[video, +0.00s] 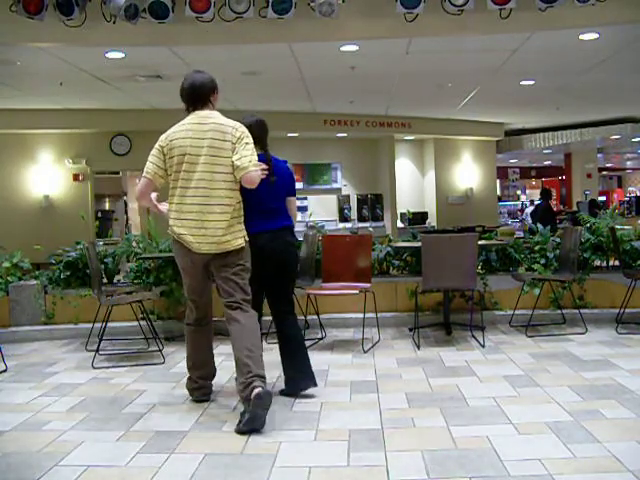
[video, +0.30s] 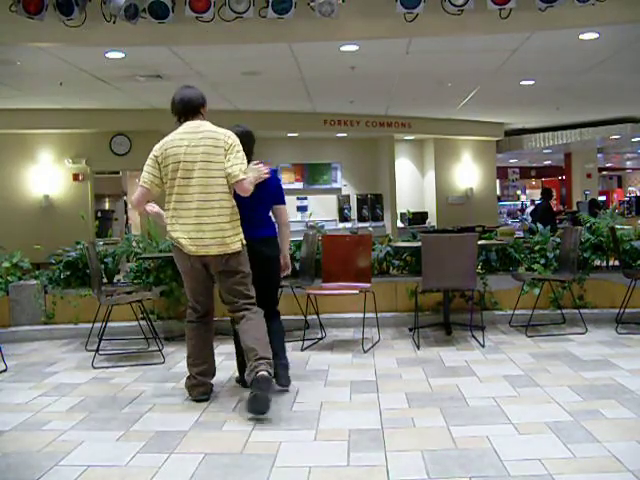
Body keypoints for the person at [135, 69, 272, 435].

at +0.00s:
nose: (219, 99)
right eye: (218, 94)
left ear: (184, 101)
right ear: (215, 97)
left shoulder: (171, 136)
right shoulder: (235, 131)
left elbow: (143, 193)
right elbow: (250, 180)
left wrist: (158, 206)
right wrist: (256, 171)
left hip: (186, 237)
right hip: (228, 236)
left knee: (196, 314)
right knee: (240, 308)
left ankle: (199, 386)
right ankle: (253, 385)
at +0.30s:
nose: (207, 113)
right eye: (206, 108)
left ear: (175, 115)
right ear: (204, 109)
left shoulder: (164, 147)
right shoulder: (226, 138)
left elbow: (139, 200)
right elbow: (243, 188)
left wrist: (156, 210)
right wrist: (255, 175)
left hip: (185, 243)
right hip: (226, 240)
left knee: (197, 313)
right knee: (245, 306)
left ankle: (199, 386)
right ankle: (261, 367)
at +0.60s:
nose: (174, 130)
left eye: (173, 125)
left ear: (177, 124)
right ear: (202, 115)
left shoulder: (172, 153)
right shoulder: (233, 143)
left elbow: (155, 207)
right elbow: (264, 187)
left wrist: (141, 204)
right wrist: (270, 171)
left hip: (197, 246)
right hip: (238, 244)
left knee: (202, 315)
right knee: (260, 308)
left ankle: (200, 386)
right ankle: (304, 375)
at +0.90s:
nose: (203, 134)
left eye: (204, 128)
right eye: (201, 129)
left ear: (217, 123)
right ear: (229, 122)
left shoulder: (222, 153)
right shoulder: (260, 147)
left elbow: (204, 210)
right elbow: (279, 192)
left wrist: (168, 206)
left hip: (242, 252)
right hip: (275, 249)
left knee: (214, 311)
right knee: (274, 307)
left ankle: (204, 385)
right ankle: (321, 352)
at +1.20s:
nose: (254, 135)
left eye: (257, 128)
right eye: (253, 128)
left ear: (276, 126)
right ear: (277, 127)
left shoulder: (291, 154)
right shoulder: (289, 150)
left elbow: (284, 206)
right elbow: (280, 192)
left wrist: (235, 199)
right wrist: (256, 180)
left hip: (292, 246)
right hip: (301, 245)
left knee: (258, 310)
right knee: (292, 312)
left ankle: (224, 379)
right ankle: (329, 363)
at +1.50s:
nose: (211, 141)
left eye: (216, 137)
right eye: (207, 138)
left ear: (228, 141)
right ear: (203, 145)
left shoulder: (244, 166)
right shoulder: (202, 176)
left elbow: (267, 199)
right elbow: (199, 218)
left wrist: (284, 185)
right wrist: (186, 252)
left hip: (244, 245)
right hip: (214, 246)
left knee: (235, 306)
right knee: (203, 305)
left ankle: (245, 366)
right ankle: (210, 365)